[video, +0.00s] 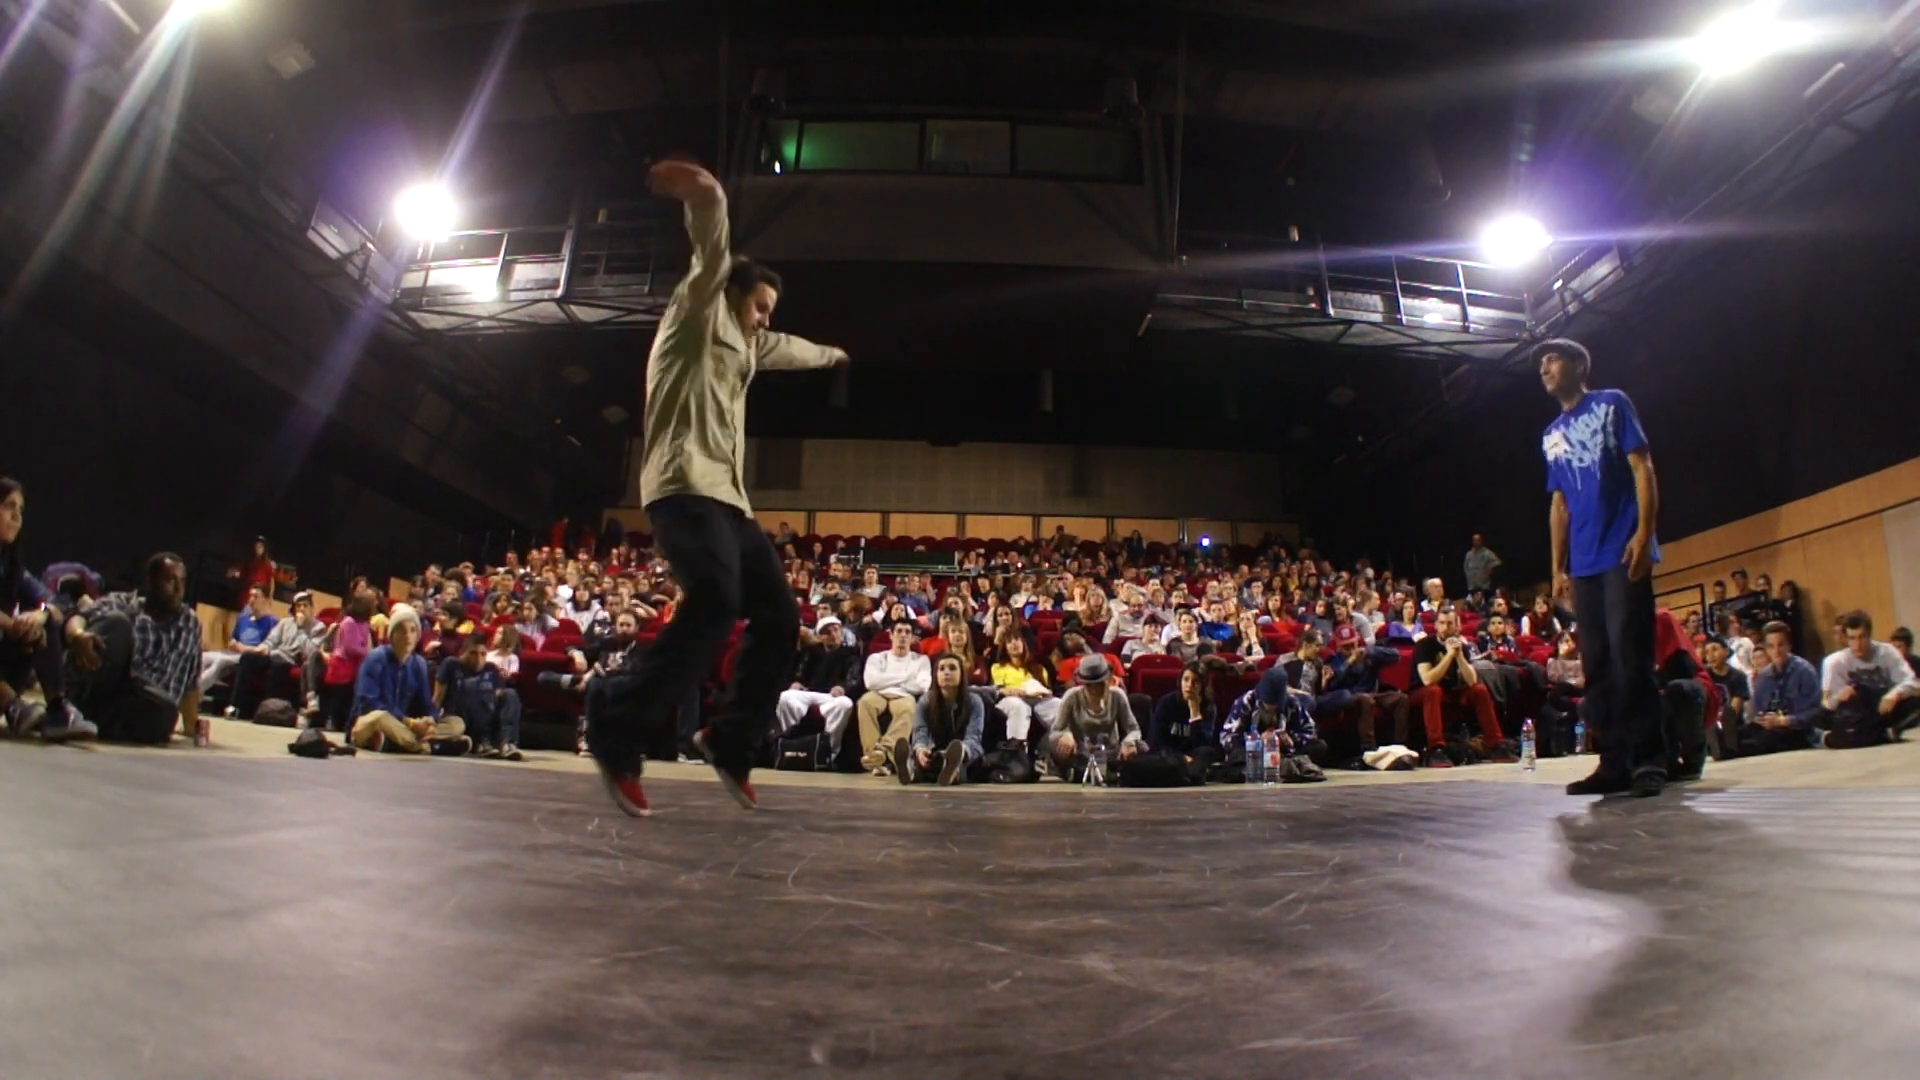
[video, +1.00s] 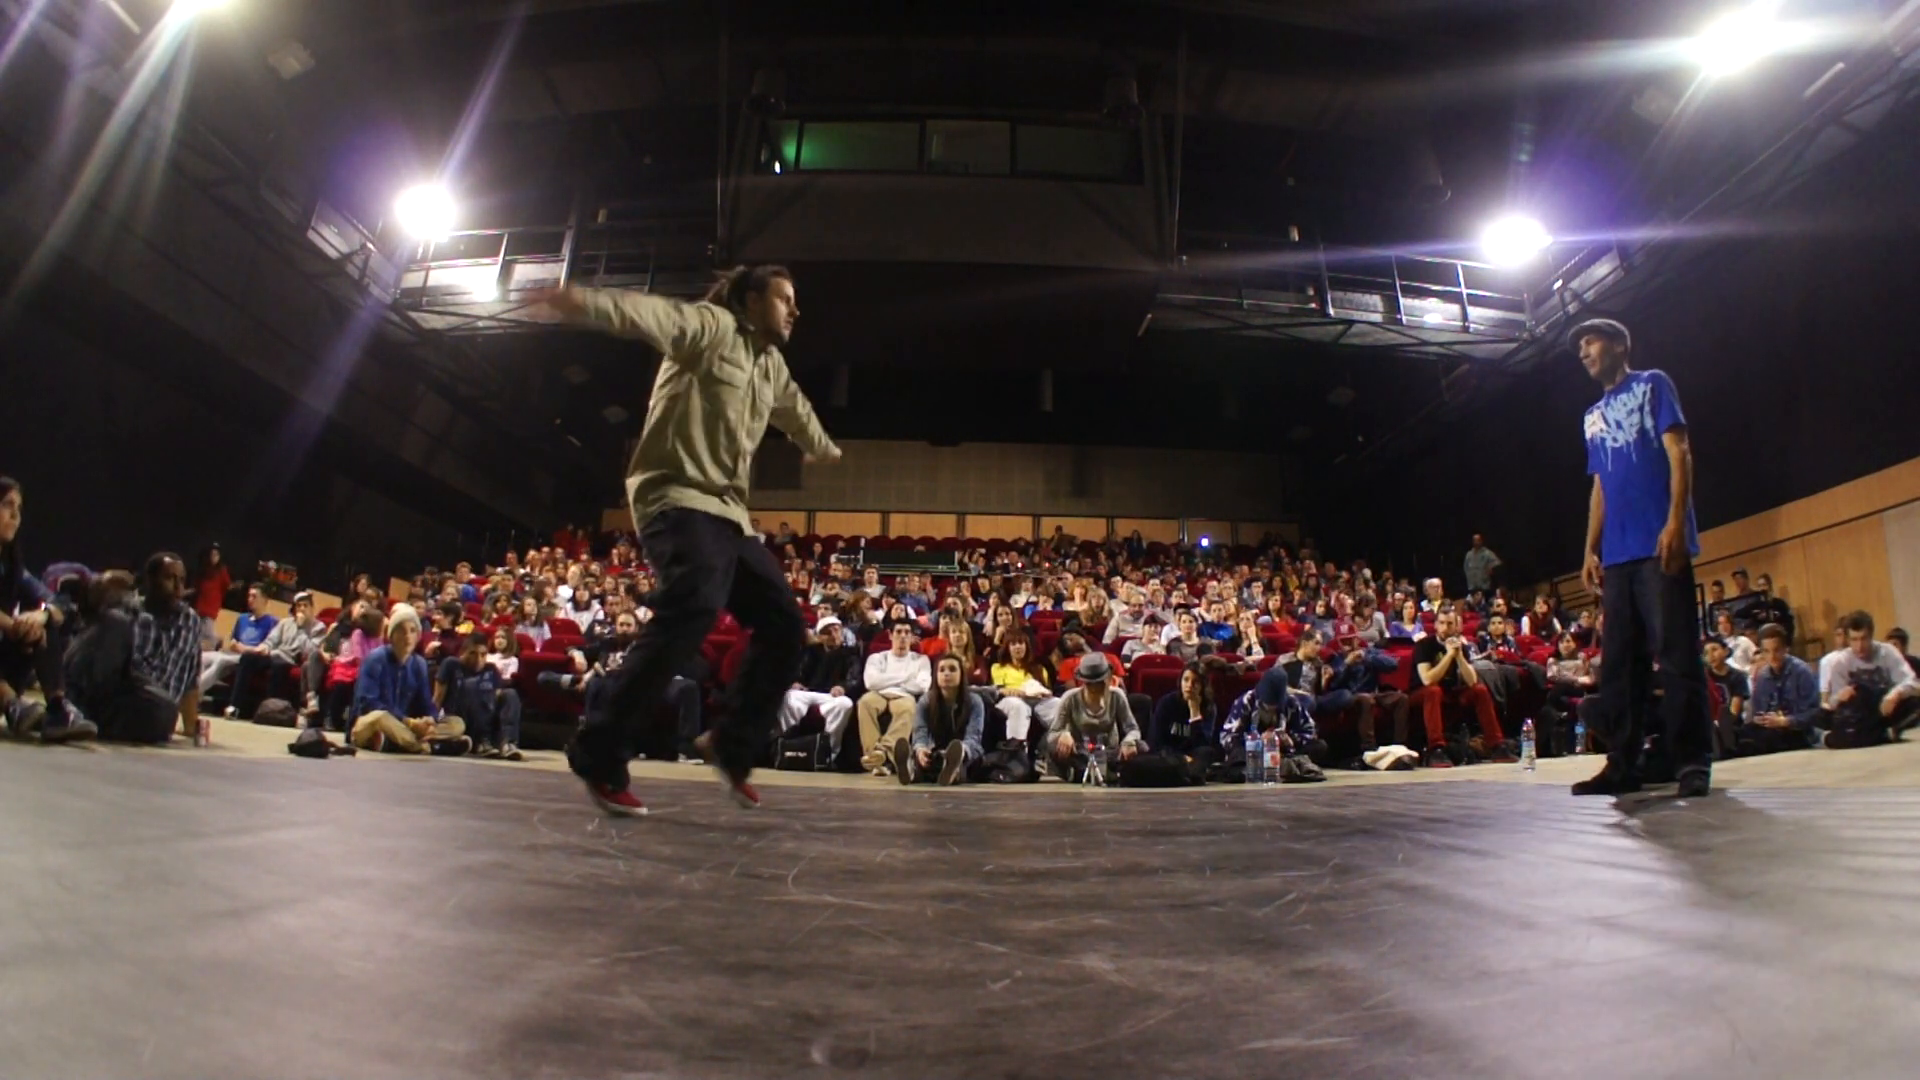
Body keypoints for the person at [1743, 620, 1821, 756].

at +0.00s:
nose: (1776, 651)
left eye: (1781, 645)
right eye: (1771, 646)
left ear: (1789, 646)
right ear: (1765, 649)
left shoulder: (1804, 670)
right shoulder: (1764, 675)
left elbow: (1814, 711)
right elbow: (1757, 710)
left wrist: (1783, 721)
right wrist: (1761, 719)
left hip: (1798, 730)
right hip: (1767, 730)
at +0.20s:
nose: (1778, 651)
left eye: (1782, 644)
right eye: (1772, 646)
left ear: (1790, 645)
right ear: (1767, 648)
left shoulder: (1805, 670)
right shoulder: (1763, 676)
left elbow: (1814, 711)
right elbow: (1756, 710)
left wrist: (1784, 720)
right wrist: (1761, 718)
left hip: (1798, 730)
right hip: (1768, 730)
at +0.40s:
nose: (1777, 651)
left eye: (1782, 645)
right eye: (1772, 646)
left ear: (1790, 646)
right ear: (1766, 649)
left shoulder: (1805, 671)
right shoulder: (1763, 676)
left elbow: (1814, 711)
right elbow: (1756, 711)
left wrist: (1784, 721)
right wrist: (1762, 719)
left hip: (1798, 731)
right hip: (1768, 731)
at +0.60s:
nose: (1776, 653)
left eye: (1781, 647)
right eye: (1771, 648)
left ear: (1788, 647)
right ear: (1765, 650)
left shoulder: (1804, 671)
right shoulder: (1762, 677)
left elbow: (1813, 712)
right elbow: (1755, 713)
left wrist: (1785, 720)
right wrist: (1762, 720)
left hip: (1797, 731)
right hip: (1767, 731)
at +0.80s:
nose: (1775, 654)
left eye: (1780, 648)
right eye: (1770, 649)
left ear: (1787, 648)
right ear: (1763, 651)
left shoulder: (1803, 671)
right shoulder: (1762, 677)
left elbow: (1813, 712)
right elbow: (1755, 712)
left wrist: (1785, 720)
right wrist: (1759, 719)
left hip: (1797, 731)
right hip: (1767, 731)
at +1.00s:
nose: (1772, 656)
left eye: (1777, 650)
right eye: (1767, 651)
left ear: (1785, 650)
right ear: (1762, 652)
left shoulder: (1802, 671)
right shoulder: (1762, 676)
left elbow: (1813, 712)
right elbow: (1756, 712)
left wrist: (1785, 721)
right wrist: (1763, 720)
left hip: (1798, 731)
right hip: (1768, 731)